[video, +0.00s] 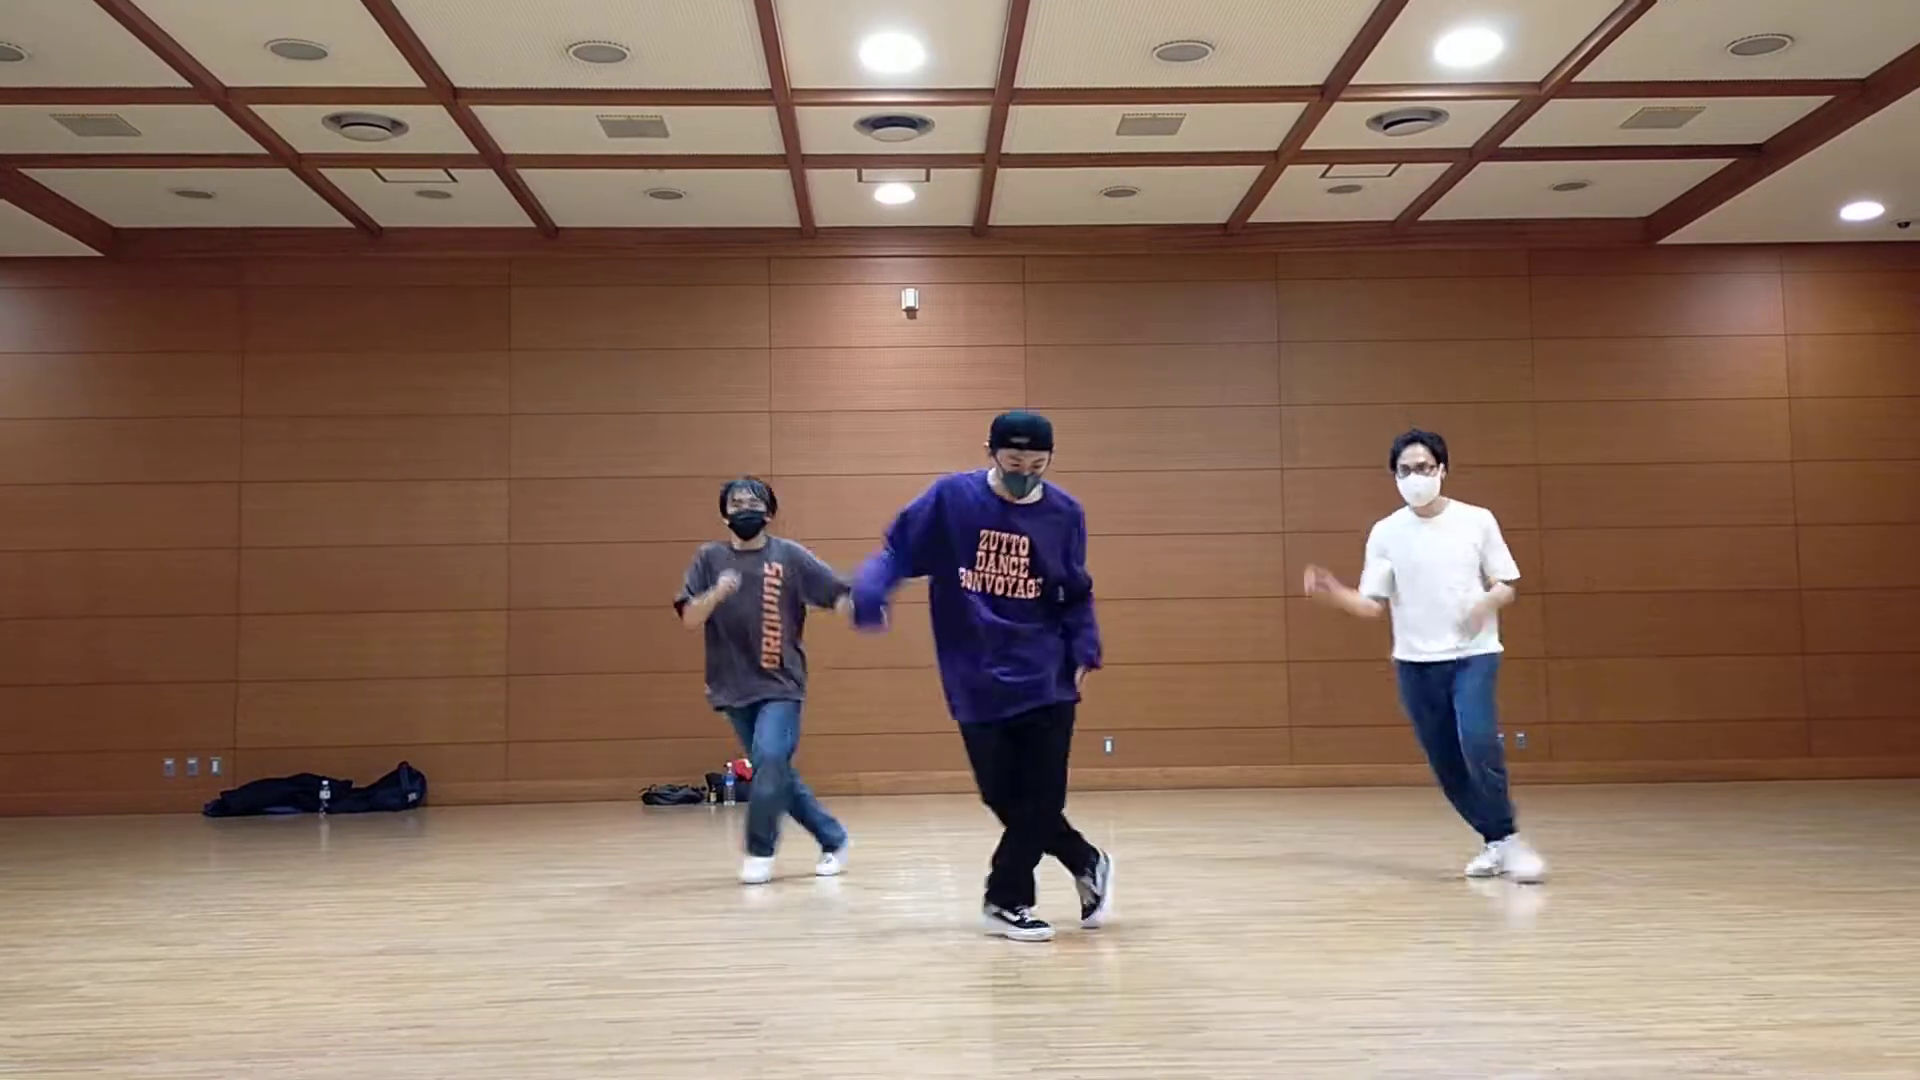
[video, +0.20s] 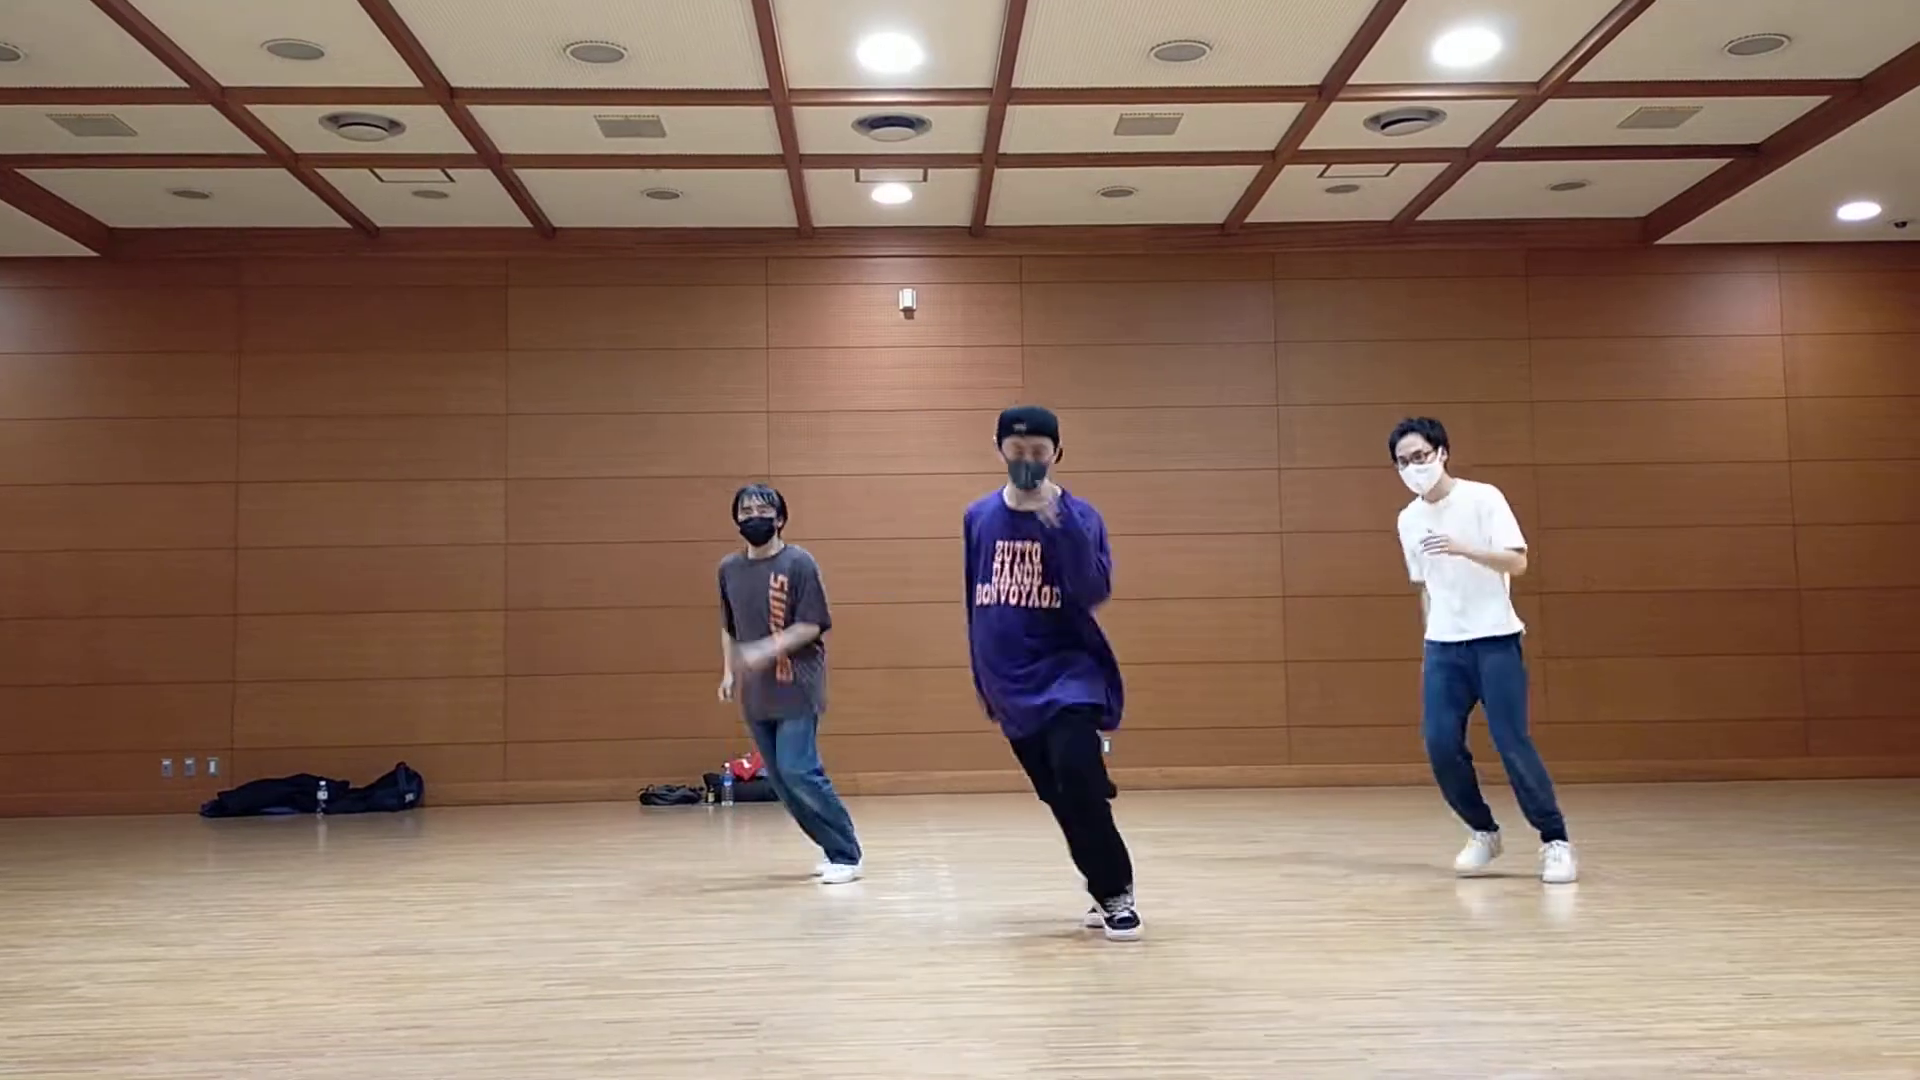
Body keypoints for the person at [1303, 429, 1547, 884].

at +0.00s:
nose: (1415, 477)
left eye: (1423, 468)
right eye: (1406, 470)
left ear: (1441, 471)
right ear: (1395, 477)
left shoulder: (1478, 522)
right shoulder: (1385, 533)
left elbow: (1507, 586)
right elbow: (1373, 606)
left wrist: (1488, 602)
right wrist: (1335, 591)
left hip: (1473, 655)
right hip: (1416, 664)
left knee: (1478, 741)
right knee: (1446, 764)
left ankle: (1508, 840)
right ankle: (1494, 842)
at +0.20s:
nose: (1414, 467)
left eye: (1420, 456)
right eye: (1404, 461)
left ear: (1442, 454)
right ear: (1397, 470)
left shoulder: (1484, 497)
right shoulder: (1408, 520)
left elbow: (1517, 561)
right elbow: (1423, 589)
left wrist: (1464, 549)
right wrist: (1430, 645)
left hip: (1496, 640)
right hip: (1443, 645)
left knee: (1511, 741)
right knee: (1440, 743)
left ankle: (1555, 842)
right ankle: (1484, 833)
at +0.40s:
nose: (1402, 488)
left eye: (1408, 477)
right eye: (1391, 483)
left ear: (1430, 476)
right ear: (1385, 493)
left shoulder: (1464, 515)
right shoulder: (1421, 538)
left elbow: (1525, 555)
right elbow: (1455, 583)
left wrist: (1472, 602)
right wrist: (1452, 618)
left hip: (1508, 654)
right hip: (1466, 659)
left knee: (1535, 759)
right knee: (1426, 736)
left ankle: (1613, 845)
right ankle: (1420, 837)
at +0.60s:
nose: (1370, 512)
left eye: (1377, 501)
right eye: (1360, 506)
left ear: (1398, 503)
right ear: (1354, 517)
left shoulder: (1437, 541)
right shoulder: (1389, 564)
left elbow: (1506, 577)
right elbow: (1430, 609)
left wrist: (1549, 636)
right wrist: (1427, 651)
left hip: (1488, 679)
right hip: (1443, 683)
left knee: (1517, 783)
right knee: (1388, 746)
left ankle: (1612, 845)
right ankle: (1391, 856)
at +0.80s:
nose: (1335, 472)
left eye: (1343, 463)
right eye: (1325, 466)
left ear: (1361, 465)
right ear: (1316, 476)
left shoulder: (1401, 508)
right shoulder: (1323, 533)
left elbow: (1458, 556)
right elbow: (1336, 592)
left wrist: (1516, 605)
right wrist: (1312, 608)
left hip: (1416, 645)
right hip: (1365, 656)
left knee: (1413, 744)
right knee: (1349, 750)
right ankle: (1389, 856)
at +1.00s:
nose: (1311, 482)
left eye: (1319, 474)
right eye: (1300, 475)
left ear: (1332, 478)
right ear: (1286, 482)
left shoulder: (1366, 524)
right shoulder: (1275, 543)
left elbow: (1401, 589)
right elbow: (1274, 616)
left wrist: (1436, 647)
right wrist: (1251, 567)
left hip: (1361, 658)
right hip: (1305, 658)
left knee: (1339, 759)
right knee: (1310, 752)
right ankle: (1343, 845)